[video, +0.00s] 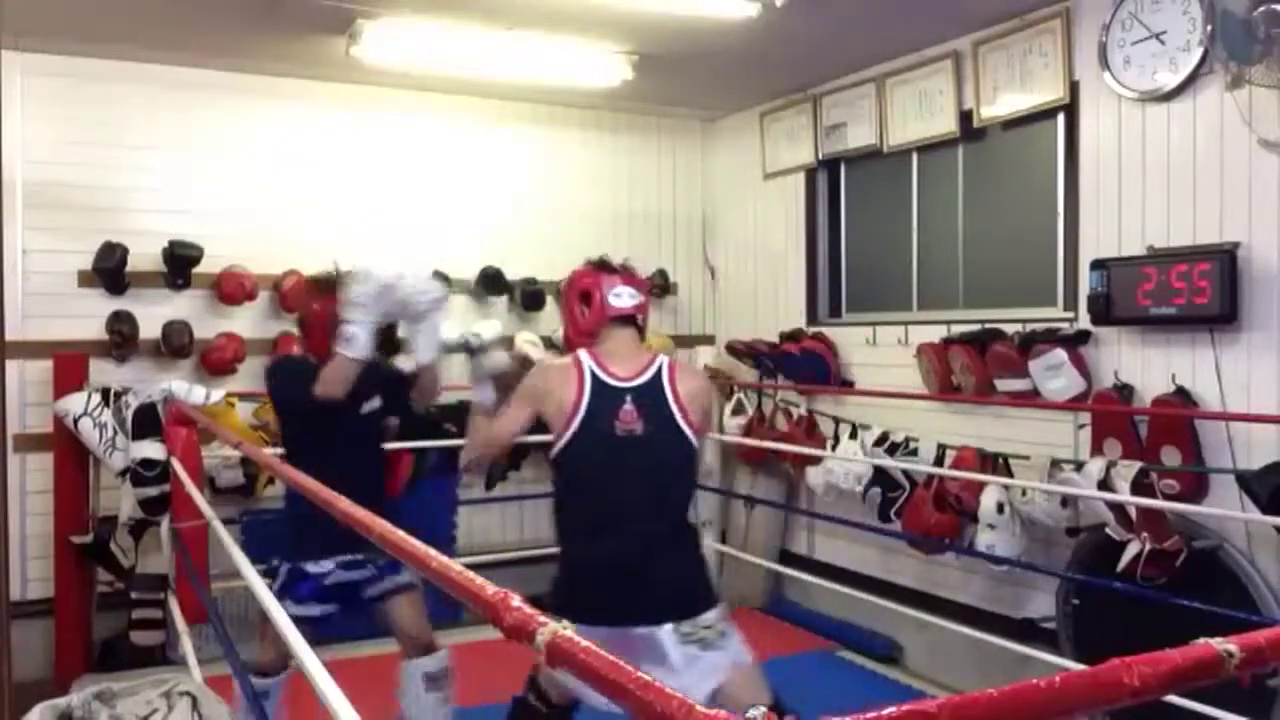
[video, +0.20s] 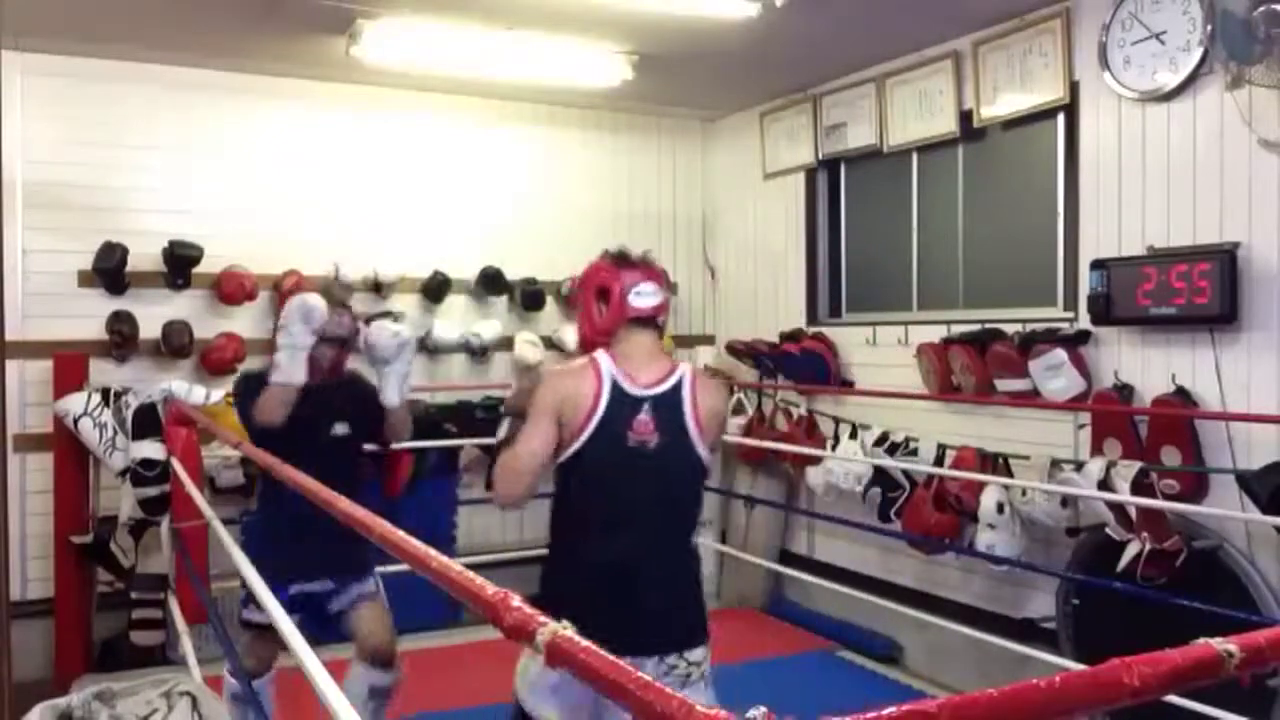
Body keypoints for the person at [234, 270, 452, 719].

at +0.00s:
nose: (339, 320)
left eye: (346, 309)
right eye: (328, 306)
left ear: (357, 325)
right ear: (307, 317)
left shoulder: (373, 374)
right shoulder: (288, 372)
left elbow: (423, 396)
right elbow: (330, 390)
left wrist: (426, 328)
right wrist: (360, 324)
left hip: (376, 534)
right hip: (309, 538)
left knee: (420, 641)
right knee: (270, 660)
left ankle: (430, 712)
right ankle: (254, 713)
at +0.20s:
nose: (336, 355)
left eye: (345, 346)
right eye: (327, 343)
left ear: (354, 348)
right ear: (303, 341)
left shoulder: (354, 390)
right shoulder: (259, 383)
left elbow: (397, 435)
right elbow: (268, 419)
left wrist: (393, 372)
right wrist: (293, 347)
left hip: (344, 542)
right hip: (277, 545)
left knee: (380, 646)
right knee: (255, 662)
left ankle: (362, 716)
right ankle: (247, 714)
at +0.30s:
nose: (335, 331)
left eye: (342, 319)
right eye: (323, 319)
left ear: (352, 319)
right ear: (289, 317)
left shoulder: (351, 366)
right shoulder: (253, 367)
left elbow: (382, 438)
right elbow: (241, 436)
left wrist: (385, 385)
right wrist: (286, 382)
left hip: (341, 517)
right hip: (276, 522)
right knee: (255, 642)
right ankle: (251, 717)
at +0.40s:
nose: (338, 334)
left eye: (342, 323)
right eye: (327, 322)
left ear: (347, 327)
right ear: (294, 323)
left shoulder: (352, 372)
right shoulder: (252, 377)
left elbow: (378, 438)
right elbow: (238, 444)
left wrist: (369, 419)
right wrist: (293, 423)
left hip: (343, 519)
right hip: (276, 525)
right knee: (257, 637)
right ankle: (266, 716)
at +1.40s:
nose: (343, 337)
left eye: (354, 330)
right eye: (332, 326)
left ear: (365, 337)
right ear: (310, 328)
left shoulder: (375, 379)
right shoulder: (282, 376)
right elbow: (292, 414)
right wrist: (324, 365)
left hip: (368, 533)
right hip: (305, 533)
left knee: (393, 648)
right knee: (280, 654)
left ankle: (392, 712)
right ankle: (276, 712)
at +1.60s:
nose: (355, 341)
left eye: (364, 330)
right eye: (346, 329)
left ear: (379, 335)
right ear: (323, 329)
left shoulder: (389, 380)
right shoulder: (300, 372)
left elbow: (411, 432)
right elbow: (302, 399)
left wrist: (390, 360)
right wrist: (327, 327)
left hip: (379, 528)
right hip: (312, 526)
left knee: (404, 644)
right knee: (282, 644)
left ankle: (410, 706)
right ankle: (272, 702)